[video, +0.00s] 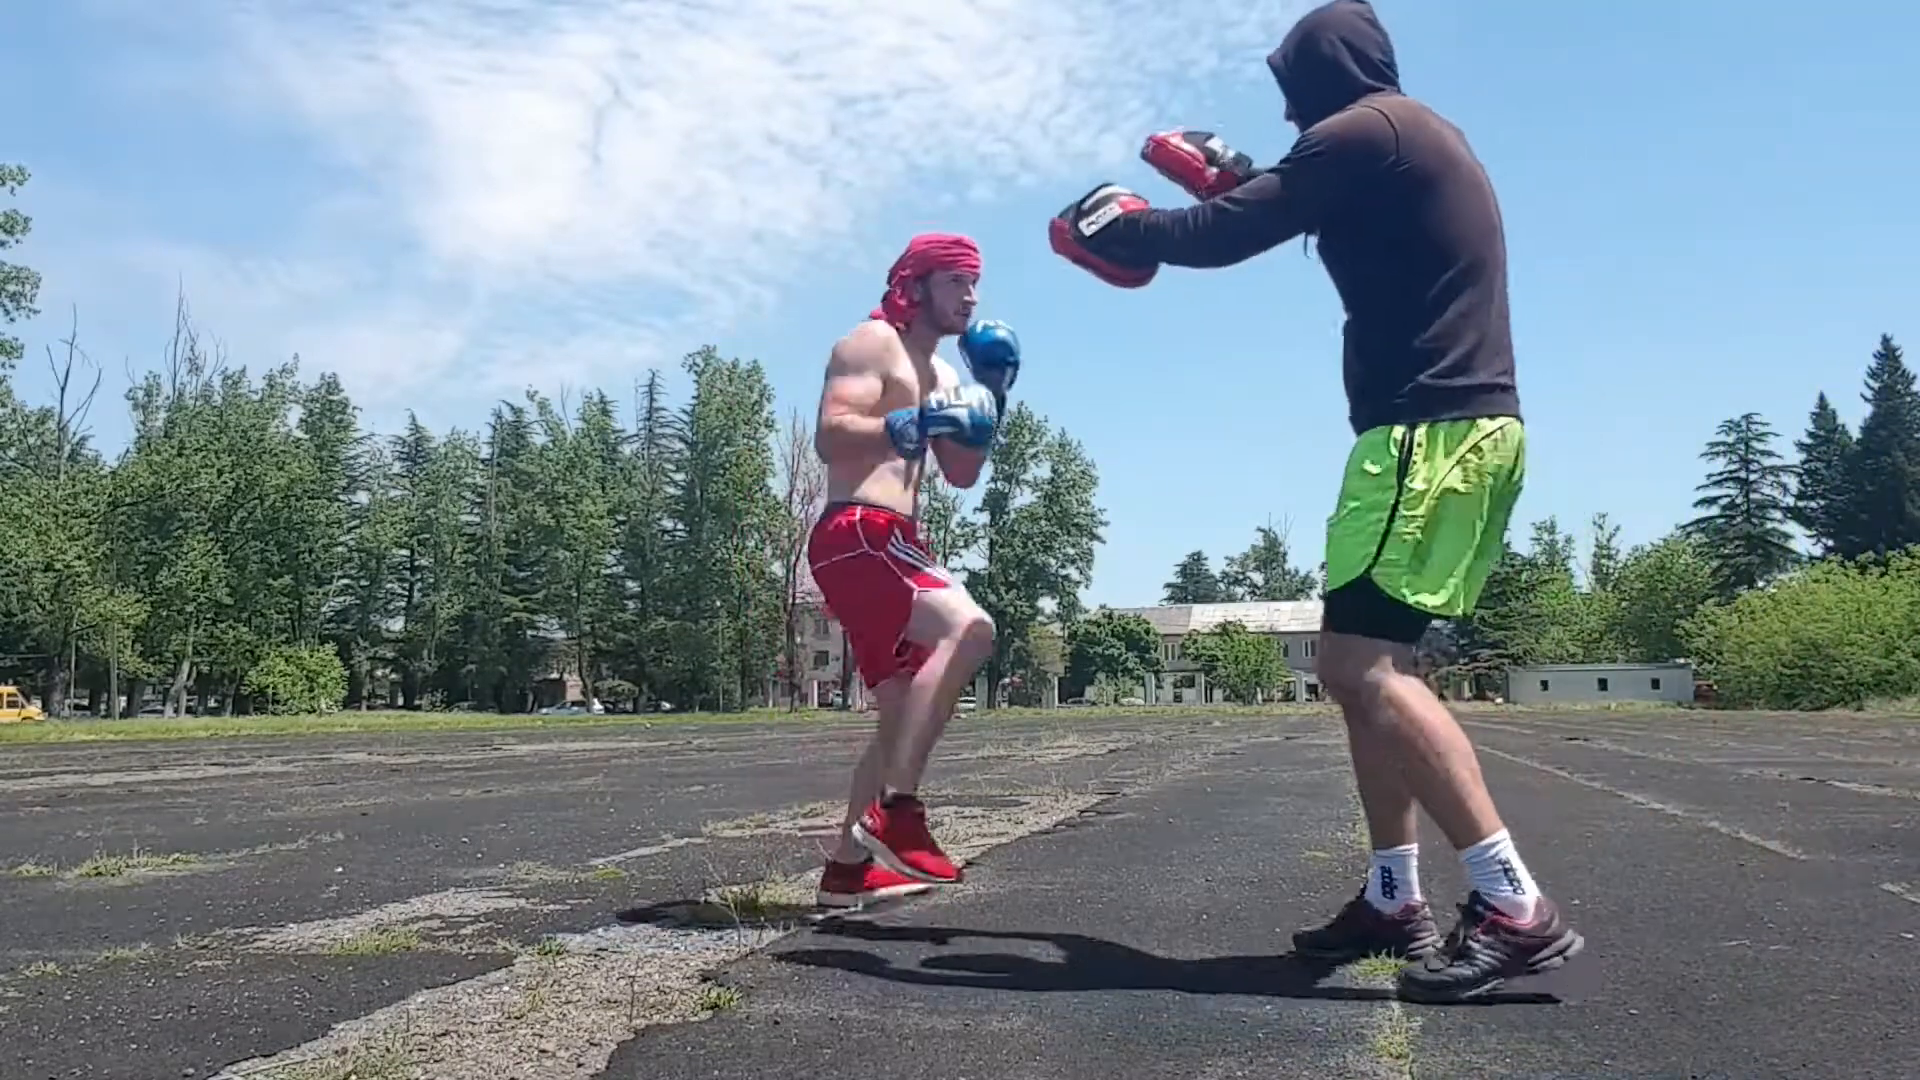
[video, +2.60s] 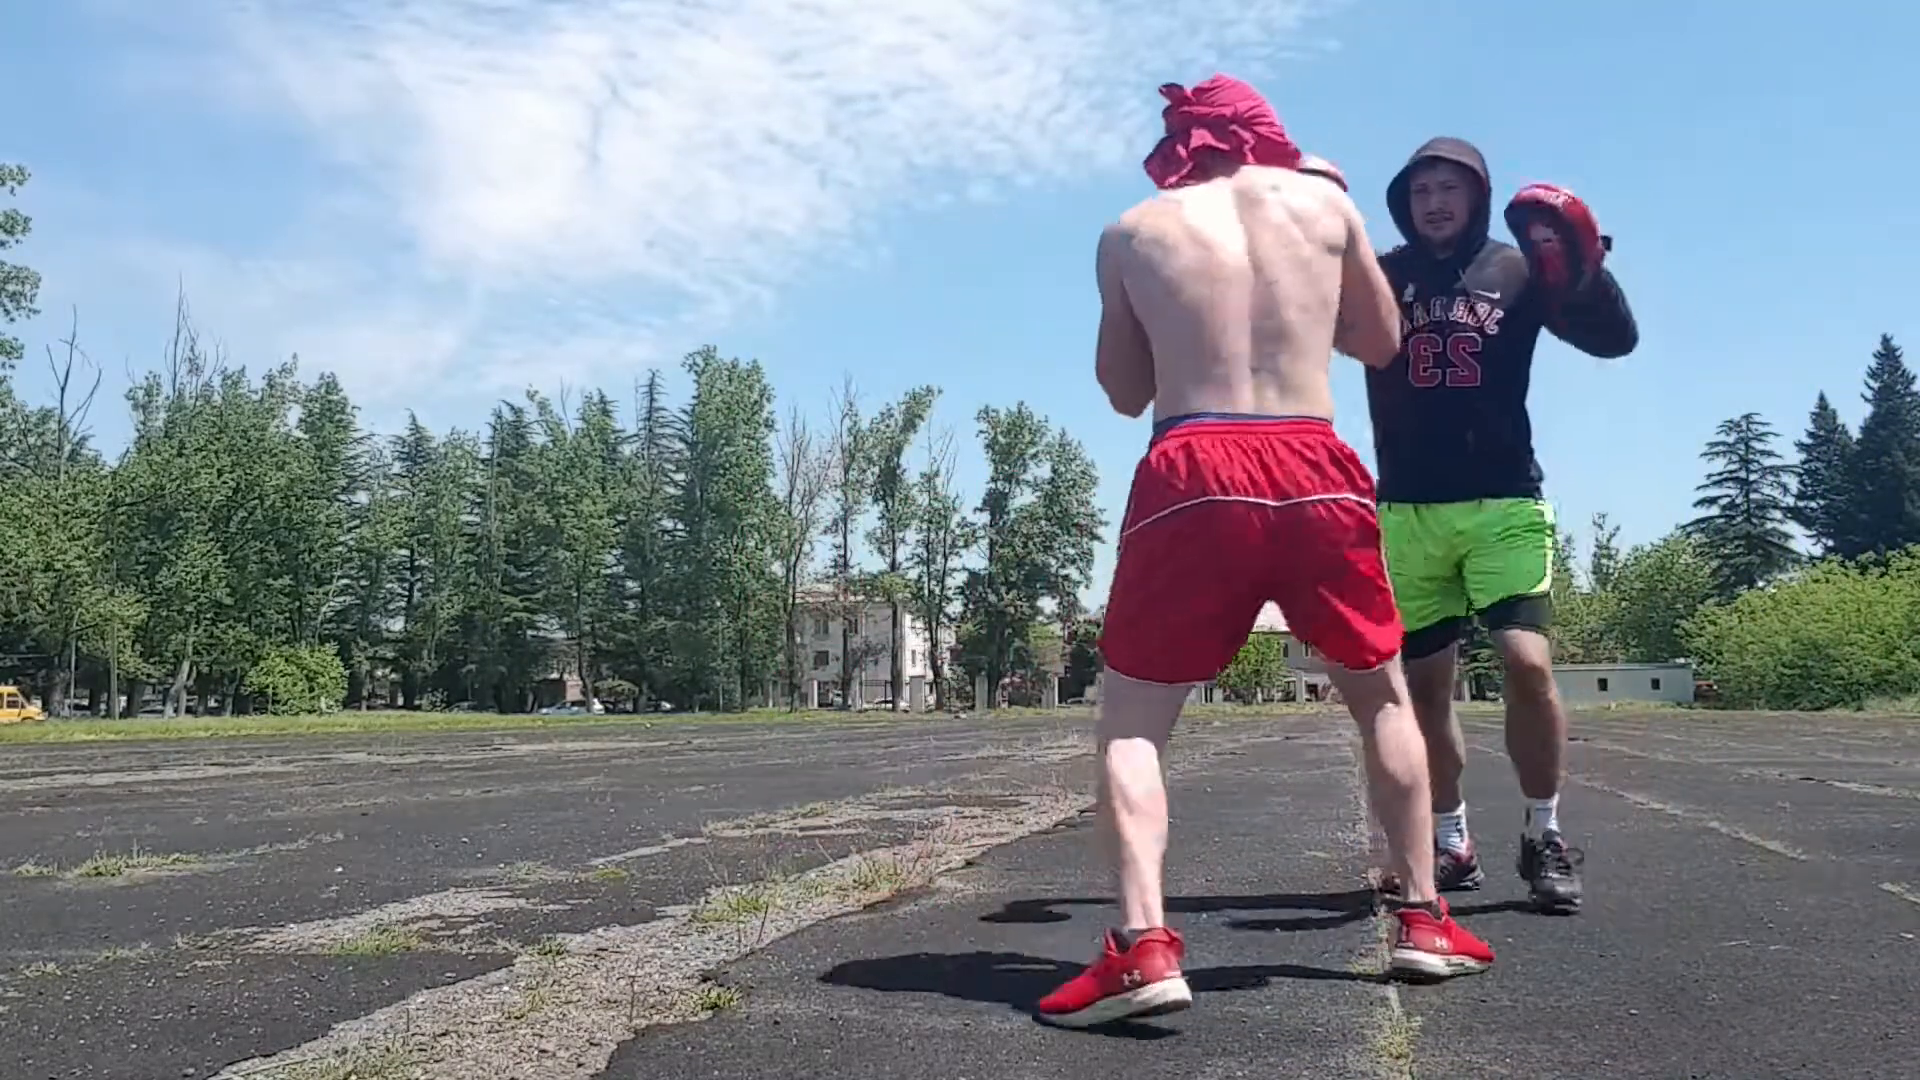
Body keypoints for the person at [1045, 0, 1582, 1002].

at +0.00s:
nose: (1291, 106)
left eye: (1294, 90)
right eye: (1290, 92)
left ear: (1321, 77)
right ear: (1374, 65)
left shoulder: (1357, 139)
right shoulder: (1425, 133)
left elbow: (1224, 231)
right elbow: (1330, 201)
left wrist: (1125, 221)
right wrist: (1240, 179)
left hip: (1426, 431)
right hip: (1471, 427)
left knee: (1364, 665)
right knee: (1361, 668)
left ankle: (1519, 908)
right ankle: (1393, 902)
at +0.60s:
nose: (1322, 87)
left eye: (1331, 67)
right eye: (1325, 69)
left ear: (1370, 72)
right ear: (1393, 71)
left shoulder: (1433, 151)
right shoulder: (1384, 165)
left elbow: (1319, 229)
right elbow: (1319, 256)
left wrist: (1224, 168)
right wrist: (1223, 196)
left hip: (1445, 446)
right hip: (1377, 452)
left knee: (1469, 664)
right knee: (1348, 655)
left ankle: (1637, 873)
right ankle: (1387, 895)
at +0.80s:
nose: (1405, 82)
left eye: (1422, 64)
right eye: (1404, 66)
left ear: (1477, 69)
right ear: (1429, 77)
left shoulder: (1530, 156)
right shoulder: (1429, 179)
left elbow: (1425, 201)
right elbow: (1373, 266)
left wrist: (1325, 149)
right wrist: (1297, 219)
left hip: (1495, 464)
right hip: (1400, 464)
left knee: (1567, 679)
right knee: (1341, 656)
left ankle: (1665, 905)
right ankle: (1384, 891)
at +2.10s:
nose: (1454, 162)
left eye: (1474, 147)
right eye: (1448, 152)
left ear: (1518, 157)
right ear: (1445, 165)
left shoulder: (1558, 224)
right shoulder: (1448, 248)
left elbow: (1531, 254)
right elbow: (1383, 304)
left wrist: (1441, 192)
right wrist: (1320, 286)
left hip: (1545, 492)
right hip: (1452, 489)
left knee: (1593, 677)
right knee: (1386, 640)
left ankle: (1632, 860)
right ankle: (1443, 826)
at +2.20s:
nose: (1461, 154)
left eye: (1479, 142)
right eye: (1452, 145)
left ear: (1516, 159)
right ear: (1439, 166)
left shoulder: (1563, 235)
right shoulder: (1441, 257)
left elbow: (1636, 271)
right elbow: (1374, 345)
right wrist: (1323, 330)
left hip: (1544, 487)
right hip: (1451, 486)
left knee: (1589, 673)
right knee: (1389, 646)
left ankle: (1629, 856)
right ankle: (1442, 804)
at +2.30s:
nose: (1457, 167)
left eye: (1473, 152)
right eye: (1444, 158)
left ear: (1510, 163)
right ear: (1435, 179)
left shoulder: (1565, 243)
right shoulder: (1432, 267)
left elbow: (1675, 328)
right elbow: (1394, 362)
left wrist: (1632, 275)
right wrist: (1335, 369)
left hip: (1543, 490)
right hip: (1445, 490)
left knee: (1590, 674)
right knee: (1409, 660)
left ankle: (1632, 860)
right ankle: (1437, 809)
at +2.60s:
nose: (1435, 201)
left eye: (1450, 188)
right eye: (1421, 190)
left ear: (1478, 199)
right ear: (1405, 203)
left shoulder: (1518, 268)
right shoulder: (1377, 275)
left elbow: (1613, 342)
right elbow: (1315, 311)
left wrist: (1585, 267)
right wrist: (1312, 229)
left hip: (1506, 501)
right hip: (1410, 506)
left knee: (1529, 664)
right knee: (1427, 689)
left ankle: (1545, 838)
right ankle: (1451, 846)